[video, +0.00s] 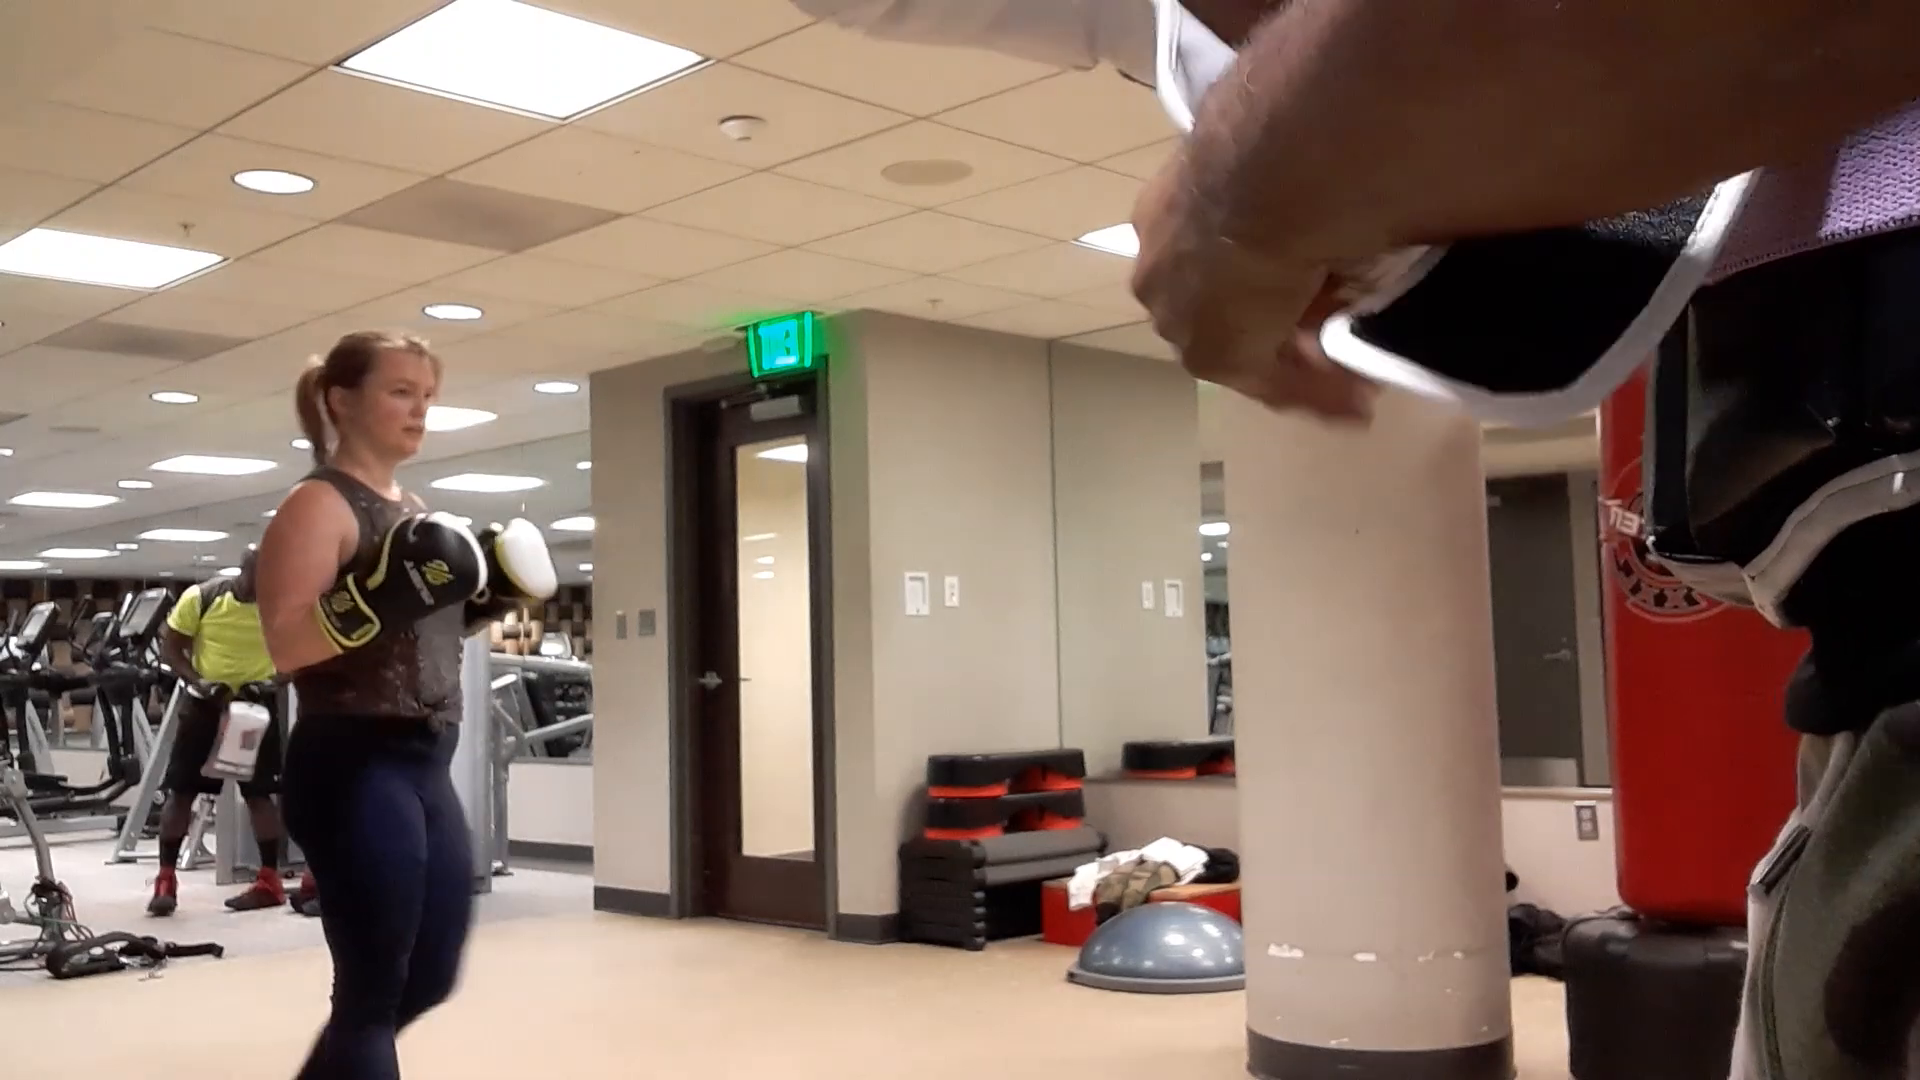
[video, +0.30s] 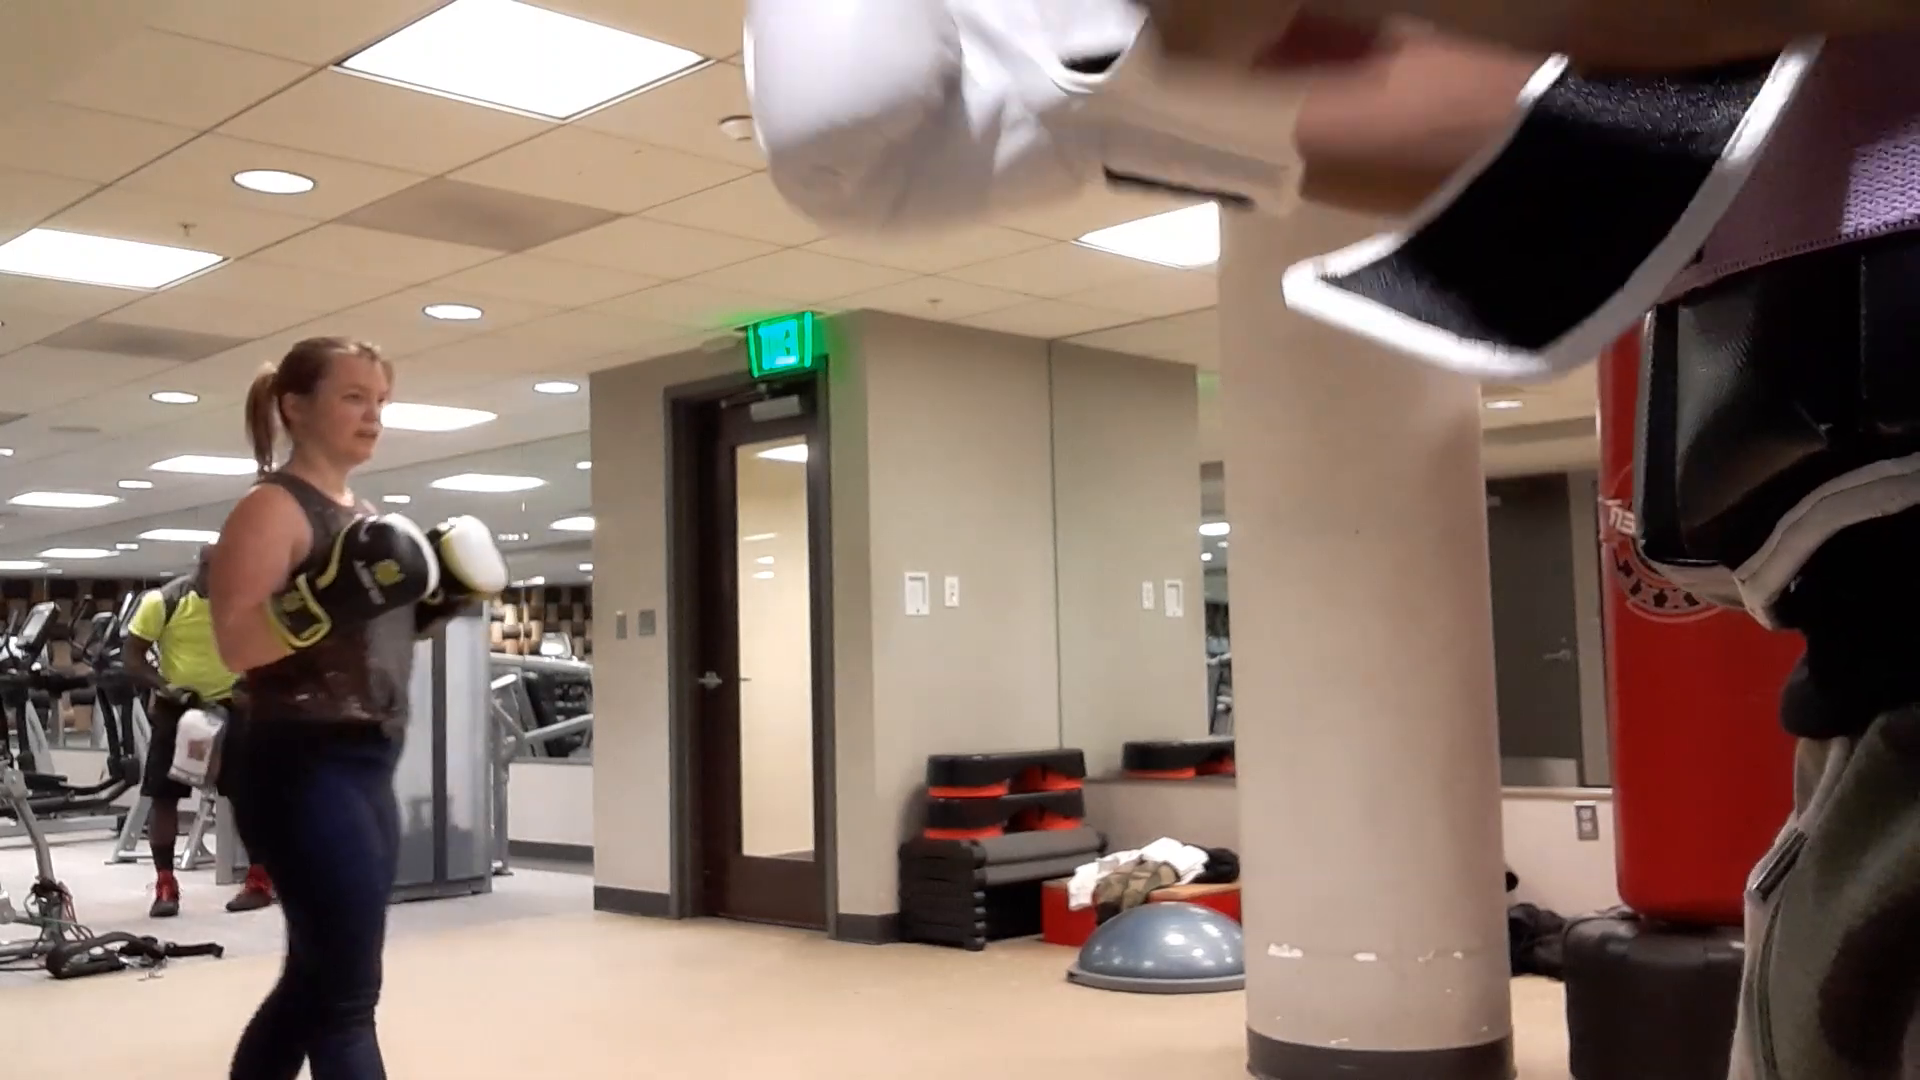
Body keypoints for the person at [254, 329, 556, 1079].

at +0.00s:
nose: (419, 412)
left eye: (427, 399)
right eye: (400, 394)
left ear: (430, 408)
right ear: (340, 401)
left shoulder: (409, 509)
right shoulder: (314, 507)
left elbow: (424, 634)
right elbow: (285, 647)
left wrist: (486, 598)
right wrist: (389, 596)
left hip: (424, 761)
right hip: (350, 764)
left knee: (427, 979)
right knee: (372, 991)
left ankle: (322, 1065)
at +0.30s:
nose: (373, 417)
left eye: (380, 403)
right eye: (354, 400)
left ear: (383, 411)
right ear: (296, 408)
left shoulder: (360, 514)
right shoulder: (269, 509)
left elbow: (372, 641)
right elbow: (238, 643)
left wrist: (437, 603)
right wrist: (336, 595)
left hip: (360, 763)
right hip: (296, 767)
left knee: (316, 985)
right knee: (346, 991)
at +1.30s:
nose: (180, 409)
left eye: (195, 395)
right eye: (158, 389)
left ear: (206, 409)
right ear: (107, 394)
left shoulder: (206, 517)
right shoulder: (57, 500)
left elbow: (216, 644)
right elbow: (2, 632)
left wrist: (263, 618)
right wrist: (78, 600)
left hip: (195, 772)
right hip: (87, 772)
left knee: (228, 987)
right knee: (73, 996)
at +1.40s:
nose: (155, 406)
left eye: (171, 392)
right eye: (133, 386)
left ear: (182, 406)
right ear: (83, 394)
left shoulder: (192, 515)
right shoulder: (31, 501)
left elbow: (207, 651)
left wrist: (251, 613)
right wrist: (35, 598)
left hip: (179, 769)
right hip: (64, 768)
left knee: (213, 994)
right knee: (50, 998)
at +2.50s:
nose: (167, 401)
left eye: (183, 386)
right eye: (145, 382)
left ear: (195, 400)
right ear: (95, 392)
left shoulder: (221, 508)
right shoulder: (45, 505)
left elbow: (236, 651)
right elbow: (4, 648)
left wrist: (280, 608)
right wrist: (49, 608)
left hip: (212, 780)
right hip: (89, 780)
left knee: (206, 1010)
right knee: (60, 1008)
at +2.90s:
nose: (184, 407)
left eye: (201, 392)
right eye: (162, 386)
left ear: (214, 406)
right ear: (112, 394)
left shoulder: (232, 513)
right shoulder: (63, 504)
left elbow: (244, 660)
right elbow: (5, 650)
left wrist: (287, 615)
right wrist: (62, 608)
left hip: (228, 779)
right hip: (106, 779)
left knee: (214, 1012)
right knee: (68, 1011)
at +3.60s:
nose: (179, 408)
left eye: (195, 393)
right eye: (157, 387)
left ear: (207, 407)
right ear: (106, 393)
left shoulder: (224, 516)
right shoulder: (55, 501)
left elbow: (224, 660)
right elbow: (3, 644)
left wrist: (280, 614)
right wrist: (59, 606)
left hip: (219, 777)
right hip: (98, 777)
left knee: (208, 1013)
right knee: (62, 1012)